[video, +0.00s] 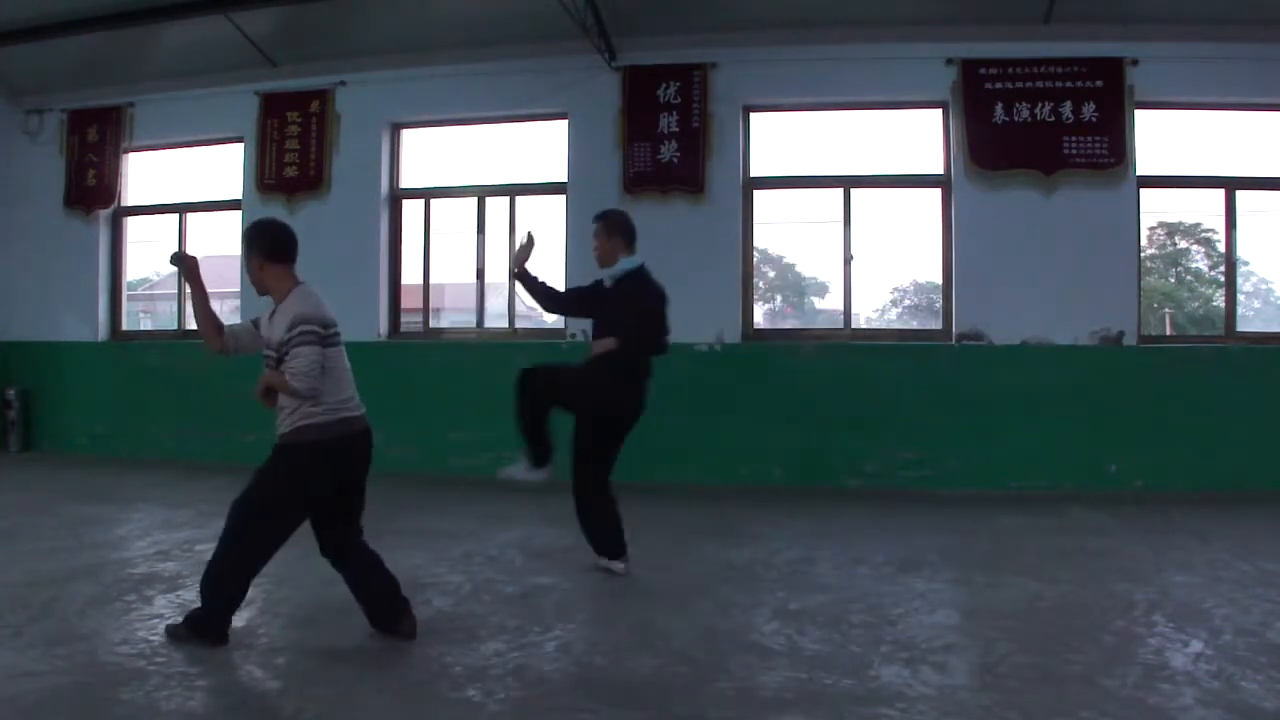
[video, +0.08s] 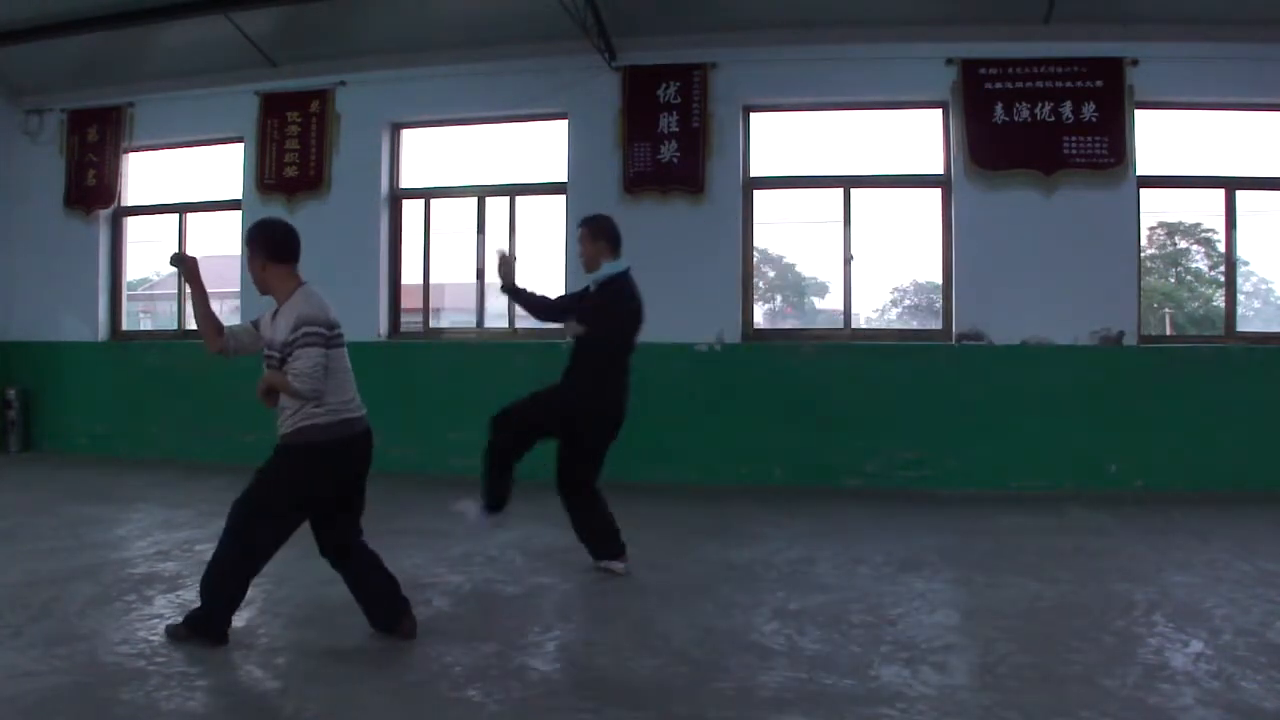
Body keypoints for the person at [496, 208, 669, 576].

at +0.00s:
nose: (593, 246)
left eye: (598, 238)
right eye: (594, 239)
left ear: (617, 241)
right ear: (614, 243)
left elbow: (656, 342)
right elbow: (557, 303)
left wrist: (619, 343)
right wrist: (521, 271)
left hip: (620, 389)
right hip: (601, 387)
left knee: (534, 380)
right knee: (590, 474)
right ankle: (613, 555)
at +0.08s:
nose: (579, 252)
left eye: (584, 244)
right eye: (579, 245)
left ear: (602, 246)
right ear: (606, 247)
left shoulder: (617, 293)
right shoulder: (601, 291)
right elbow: (550, 310)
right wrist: (510, 286)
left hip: (594, 403)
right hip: (581, 396)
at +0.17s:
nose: (569, 254)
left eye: (572, 246)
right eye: (569, 246)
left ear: (588, 247)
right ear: (597, 248)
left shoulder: (597, 295)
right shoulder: (607, 293)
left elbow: (558, 330)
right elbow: (587, 339)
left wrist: (513, 305)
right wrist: (559, 317)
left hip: (564, 405)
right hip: (589, 407)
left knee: (500, 453)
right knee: (570, 484)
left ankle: (462, 528)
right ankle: (611, 555)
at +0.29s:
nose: (531, 258)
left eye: (536, 252)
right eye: (532, 251)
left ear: (551, 254)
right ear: (560, 255)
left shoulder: (548, 299)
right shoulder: (576, 300)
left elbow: (494, 300)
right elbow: (558, 346)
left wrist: (452, 279)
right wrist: (518, 345)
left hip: (533, 414)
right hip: (564, 415)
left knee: (485, 483)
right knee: (558, 497)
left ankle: (432, 555)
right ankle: (607, 556)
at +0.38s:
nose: (494, 265)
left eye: (497, 258)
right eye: (495, 258)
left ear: (510, 260)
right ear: (526, 260)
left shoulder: (517, 304)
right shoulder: (534, 301)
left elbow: (475, 338)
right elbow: (507, 341)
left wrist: (441, 325)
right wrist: (482, 319)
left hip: (515, 420)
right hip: (542, 419)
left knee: (462, 482)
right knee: (536, 500)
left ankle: (424, 556)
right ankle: (586, 546)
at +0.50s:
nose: (473, 278)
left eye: (476, 270)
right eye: (474, 270)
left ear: (488, 270)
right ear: (504, 269)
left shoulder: (508, 314)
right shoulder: (513, 310)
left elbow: (494, 359)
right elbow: (444, 333)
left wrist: (467, 355)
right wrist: (422, 306)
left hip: (512, 428)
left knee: (453, 485)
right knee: (515, 503)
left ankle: (423, 557)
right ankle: (563, 556)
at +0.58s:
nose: (463, 280)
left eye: (465, 272)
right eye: (463, 272)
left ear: (481, 271)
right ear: (495, 271)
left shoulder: (494, 317)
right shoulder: (517, 311)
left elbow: (434, 336)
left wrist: (403, 293)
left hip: (500, 430)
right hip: (532, 427)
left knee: (452, 486)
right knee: (512, 505)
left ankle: (423, 557)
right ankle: (566, 558)